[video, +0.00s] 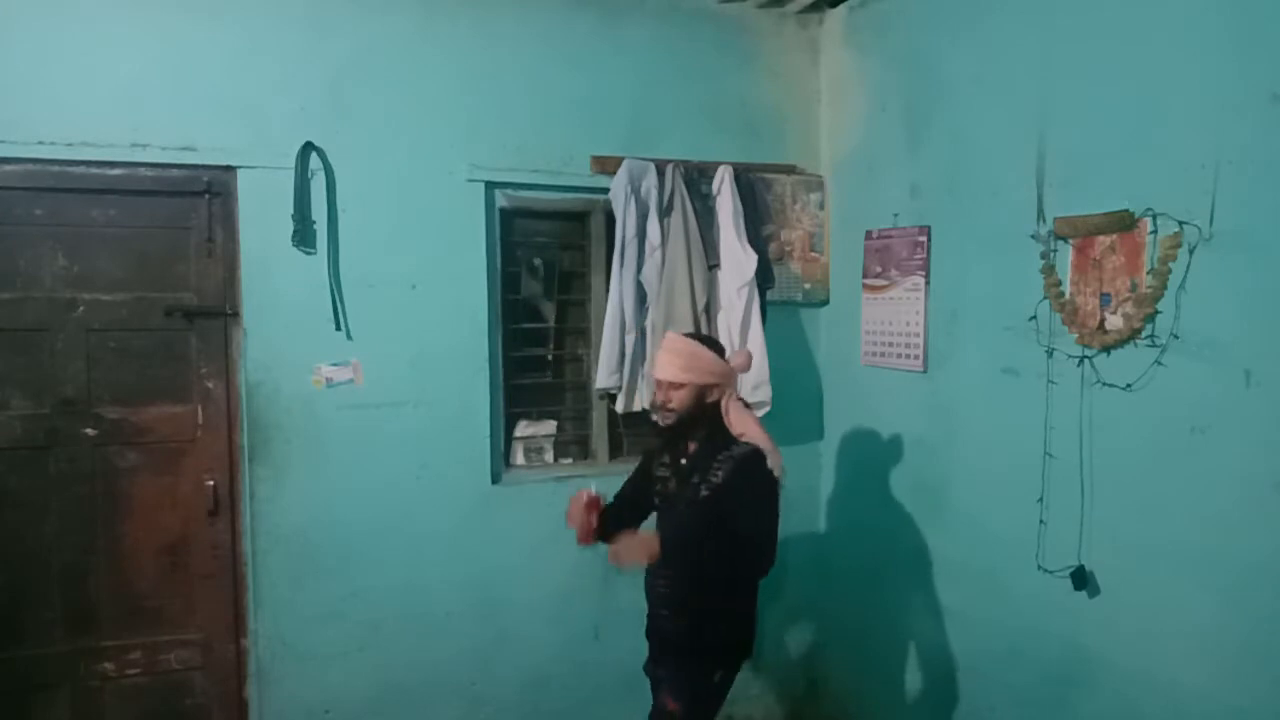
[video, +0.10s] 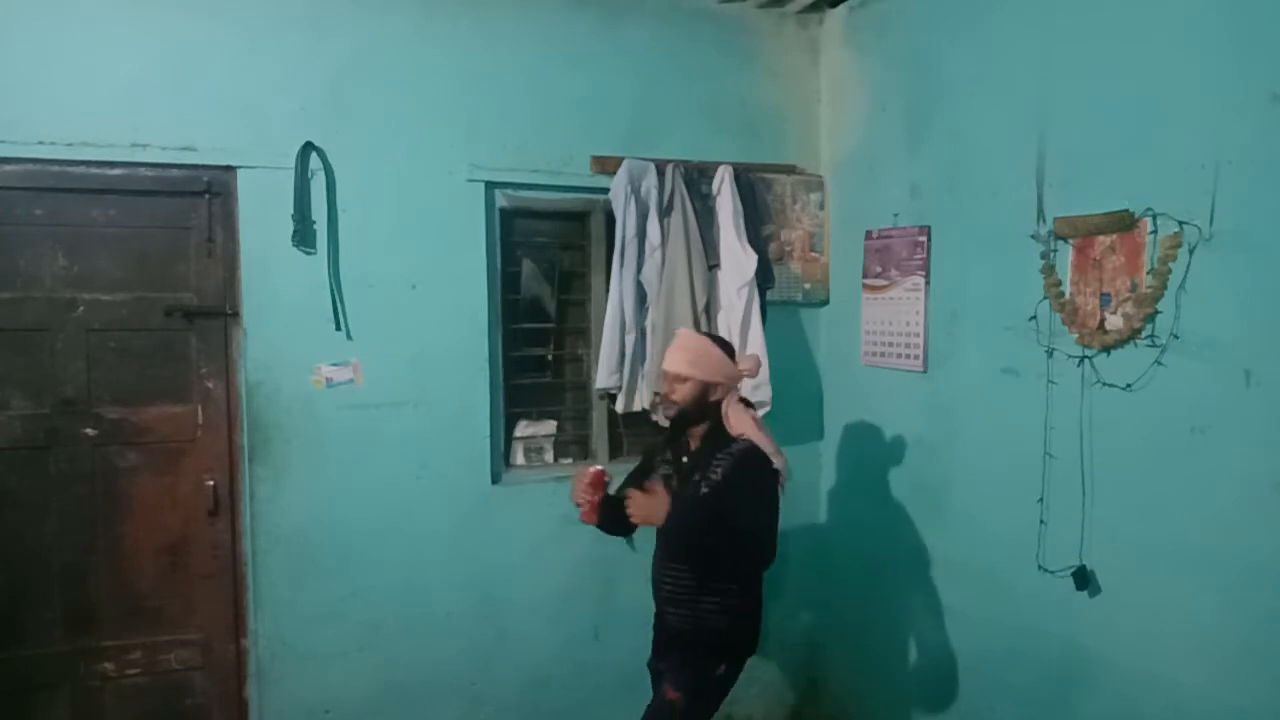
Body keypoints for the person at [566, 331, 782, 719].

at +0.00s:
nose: (662, 398)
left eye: (676, 388)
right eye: (658, 386)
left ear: (711, 391)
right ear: (651, 383)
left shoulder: (748, 460)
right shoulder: (667, 448)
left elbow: (754, 556)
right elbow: (626, 512)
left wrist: (662, 547)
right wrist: (597, 522)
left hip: (715, 633)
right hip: (665, 626)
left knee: (682, 710)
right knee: (666, 707)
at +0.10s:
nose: (667, 391)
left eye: (681, 381)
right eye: (667, 379)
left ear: (715, 389)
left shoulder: (748, 460)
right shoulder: (669, 447)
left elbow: (754, 552)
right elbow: (626, 517)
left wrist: (670, 515)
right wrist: (597, 505)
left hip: (721, 631)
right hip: (671, 622)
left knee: (667, 710)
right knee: (669, 708)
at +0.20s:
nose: (671, 380)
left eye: (685, 372)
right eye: (673, 368)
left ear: (718, 387)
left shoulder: (749, 467)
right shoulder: (668, 453)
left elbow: (749, 573)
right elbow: (645, 531)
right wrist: (613, 537)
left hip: (718, 631)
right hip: (666, 622)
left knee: (689, 711)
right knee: (662, 710)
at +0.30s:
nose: (687, 384)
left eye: (702, 377)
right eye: (690, 373)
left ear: (733, 396)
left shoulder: (753, 478)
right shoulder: (669, 463)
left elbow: (742, 589)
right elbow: (617, 538)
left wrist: (741, 691)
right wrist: (595, 517)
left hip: (709, 646)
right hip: (653, 639)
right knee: (653, 707)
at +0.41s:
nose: (692, 391)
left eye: (707, 384)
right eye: (695, 381)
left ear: (738, 404)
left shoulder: (759, 495)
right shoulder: (665, 466)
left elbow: (771, 607)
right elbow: (586, 484)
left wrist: (763, 698)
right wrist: (582, 431)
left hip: (692, 656)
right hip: (638, 643)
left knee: (645, 711)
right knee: (641, 711)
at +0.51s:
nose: (691, 390)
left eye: (707, 385)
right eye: (695, 381)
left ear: (737, 408)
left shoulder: (752, 497)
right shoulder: (656, 464)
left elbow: (775, 604)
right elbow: (584, 434)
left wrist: (780, 696)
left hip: (684, 661)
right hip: (631, 649)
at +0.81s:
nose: (658, 377)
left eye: (674, 372)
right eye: (664, 369)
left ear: (704, 396)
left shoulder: (727, 489)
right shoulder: (636, 445)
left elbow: (749, 602)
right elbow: (567, 419)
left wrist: (757, 698)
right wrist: (579, 351)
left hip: (667, 655)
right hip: (619, 640)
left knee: (610, 711)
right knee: (648, 710)